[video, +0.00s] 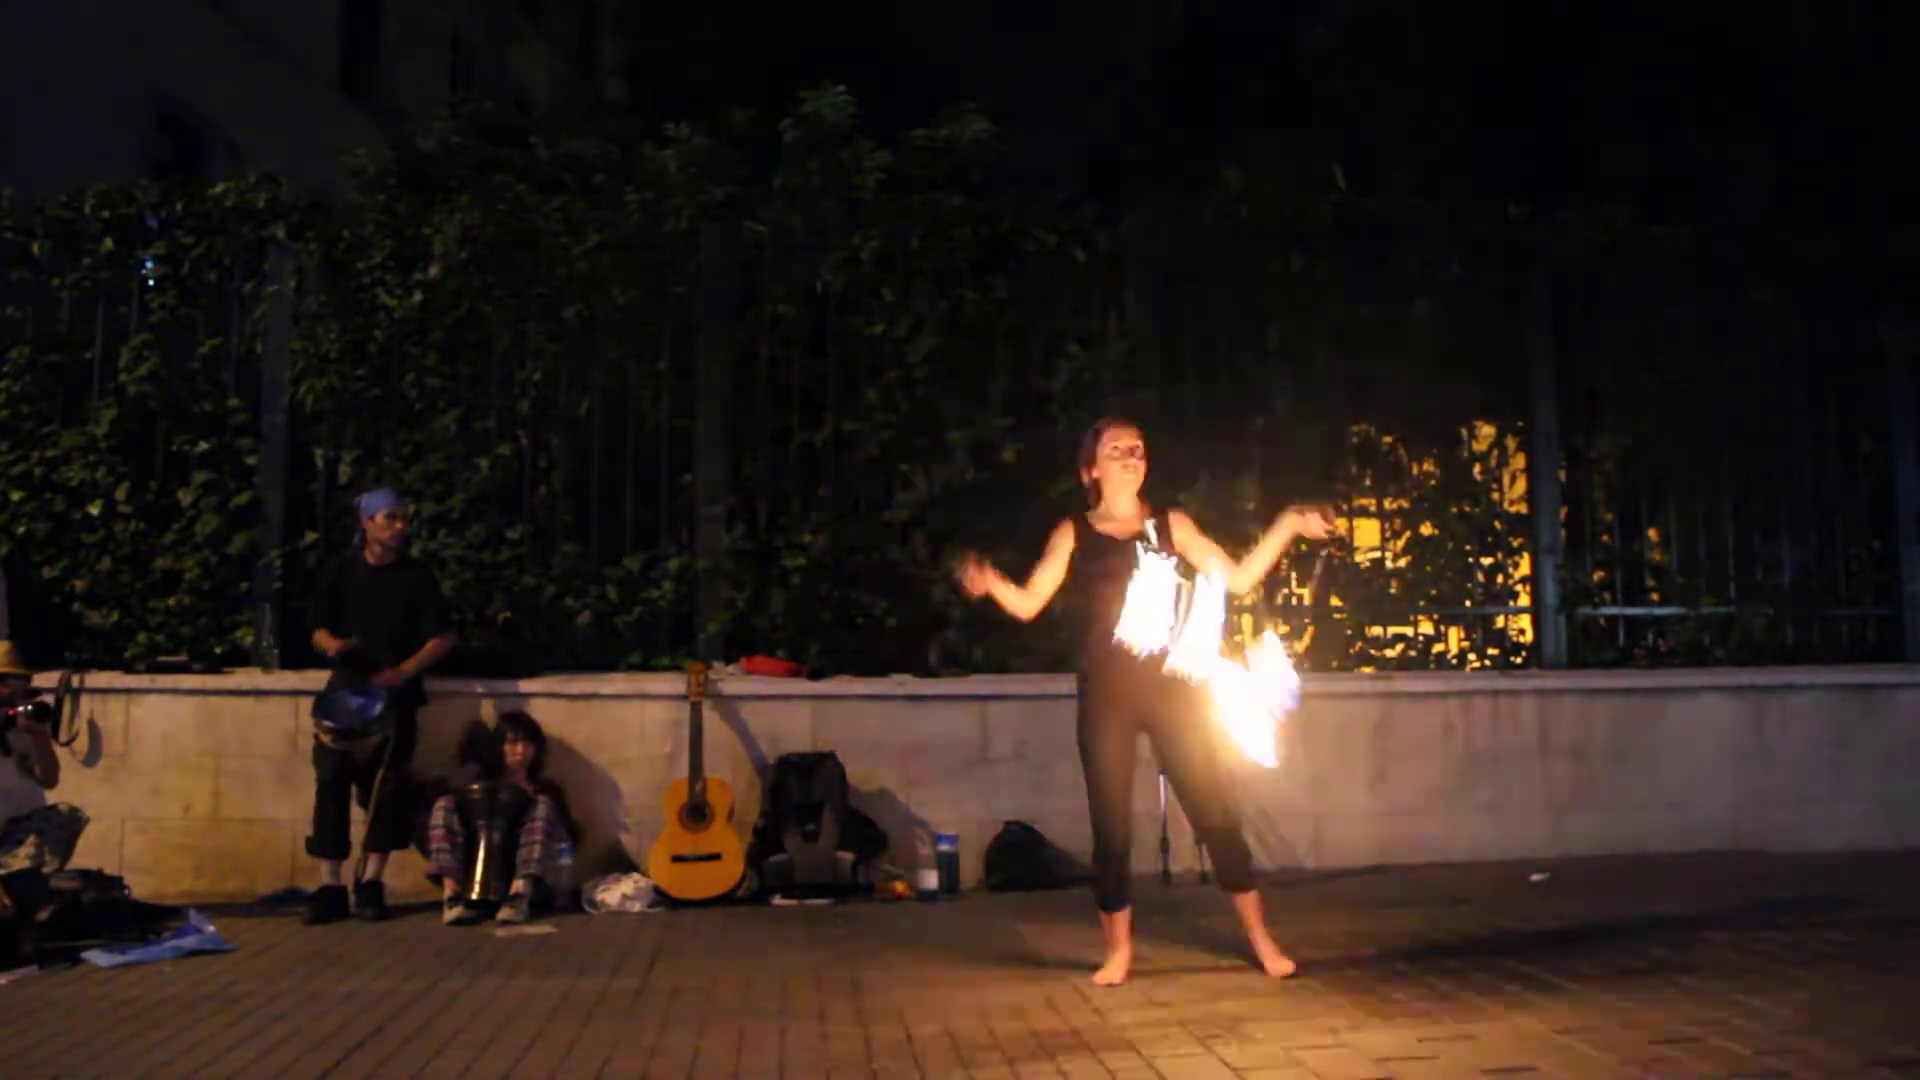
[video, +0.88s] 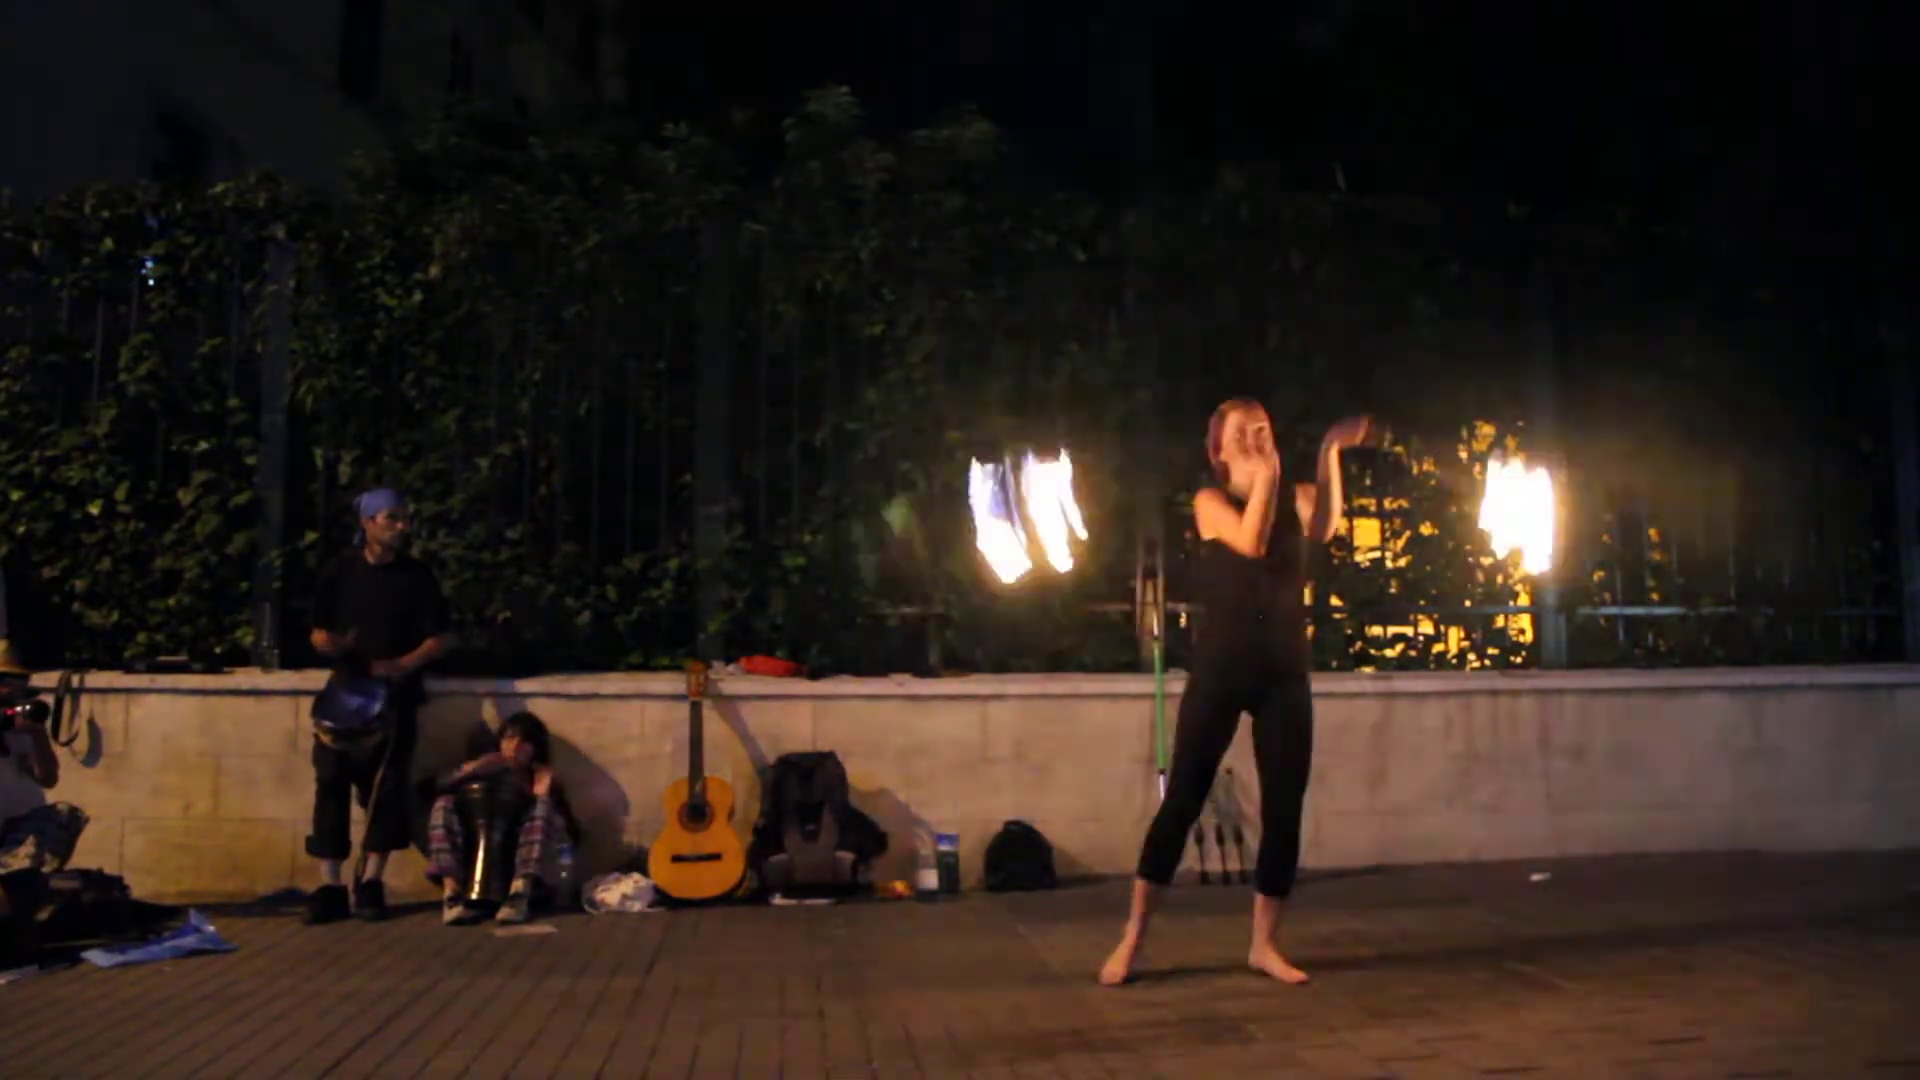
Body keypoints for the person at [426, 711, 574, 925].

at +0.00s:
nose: (520, 750)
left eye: (526, 743)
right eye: (512, 742)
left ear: (536, 749)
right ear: (498, 747)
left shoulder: (547, 790)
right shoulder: (480, 788)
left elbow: (566, 840)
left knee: (541, 806)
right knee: (444, 805)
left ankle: (520, 893)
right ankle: (451, 893)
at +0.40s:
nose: (514, 750)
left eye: (521, 743)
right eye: (507, 743)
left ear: (532, 749)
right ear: (498, 748)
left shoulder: (546, 788)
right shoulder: (484, 787)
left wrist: (541, 800)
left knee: (542, 809)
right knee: (442, 806)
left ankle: (520, 891)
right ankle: (451, 893)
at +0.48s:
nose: (513, 750)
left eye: (520, 743)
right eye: (506, 743)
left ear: (531, 748)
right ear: (498, 748)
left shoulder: (540, 778)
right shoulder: (485, 775)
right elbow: (452, 779)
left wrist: (543, 798)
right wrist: (493, 776)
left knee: (542, 808)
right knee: (444, 805)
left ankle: (520, 891)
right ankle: (451, 892)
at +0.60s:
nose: (511, 752)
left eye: (518, 744)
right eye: (505, 744)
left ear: (531, 749)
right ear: (496, 746)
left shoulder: (547, 786)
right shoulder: (483, 777)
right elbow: (440, 774)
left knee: (544, 806)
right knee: (443, 805)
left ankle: (520, 892)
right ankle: (451, 892)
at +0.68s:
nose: (511, 751)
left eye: (519, 744)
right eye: (505, 742)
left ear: (532, 751)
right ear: (496, 746)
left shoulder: (548, 787)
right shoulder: (483, 778)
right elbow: (436, 782)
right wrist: (477, 751)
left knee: (543, 805)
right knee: (444, 805)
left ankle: (520, 892)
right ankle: (451, 893)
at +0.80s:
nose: (512, 750)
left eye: (521, 743)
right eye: (507, 741)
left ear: (533, 749)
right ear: (499, 746)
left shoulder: (547, 787)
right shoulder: (489, 783)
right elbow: (449, 789)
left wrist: (543, 798)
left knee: (541, 811)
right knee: (443, 805)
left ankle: (521, 892)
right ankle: (451, 892)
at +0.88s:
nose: (516, 746)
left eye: (525, 741)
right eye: (510, 738)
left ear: (536, 750)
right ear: (501, 742)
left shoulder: (543, 782)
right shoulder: (483, 772)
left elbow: (571, 837)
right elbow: (436, 789)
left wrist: (544, 799)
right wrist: (472, 771)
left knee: (540, 811)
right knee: (443, 805)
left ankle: (520, 893)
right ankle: (451, 892)